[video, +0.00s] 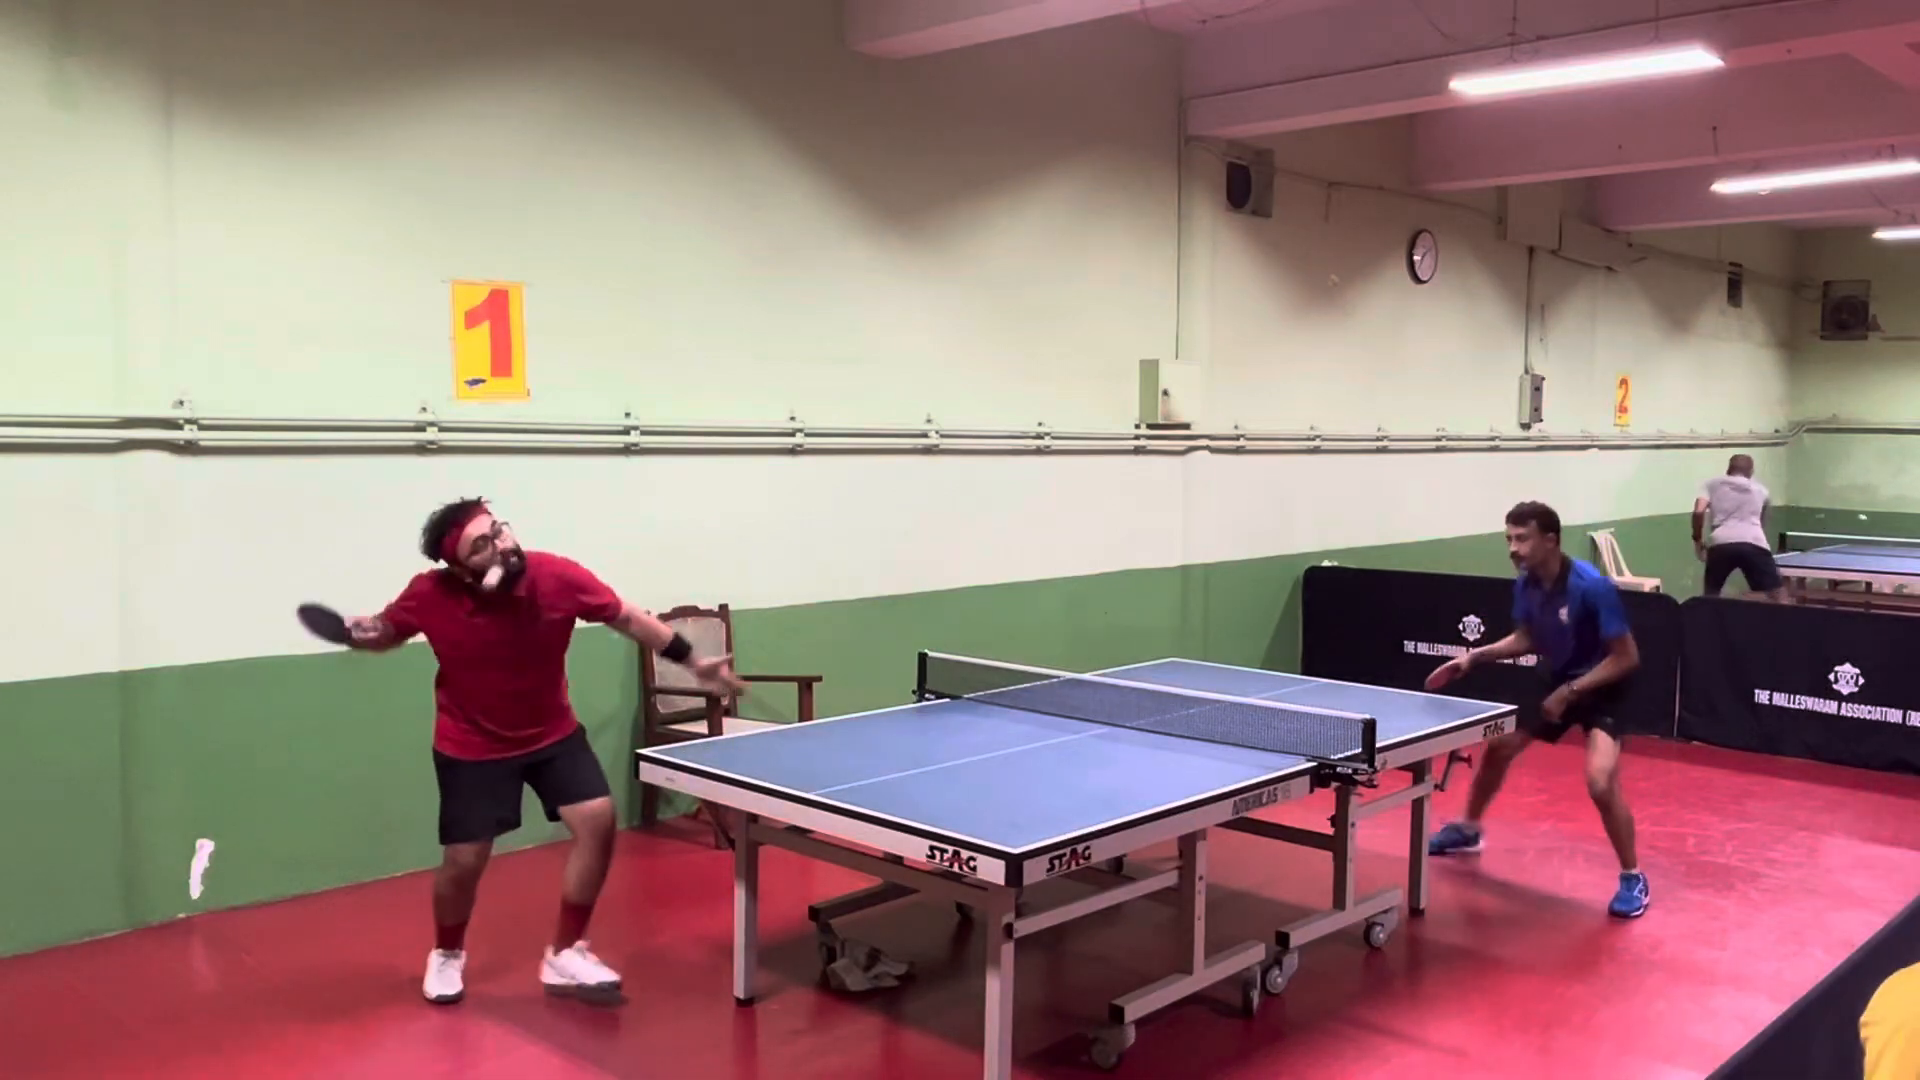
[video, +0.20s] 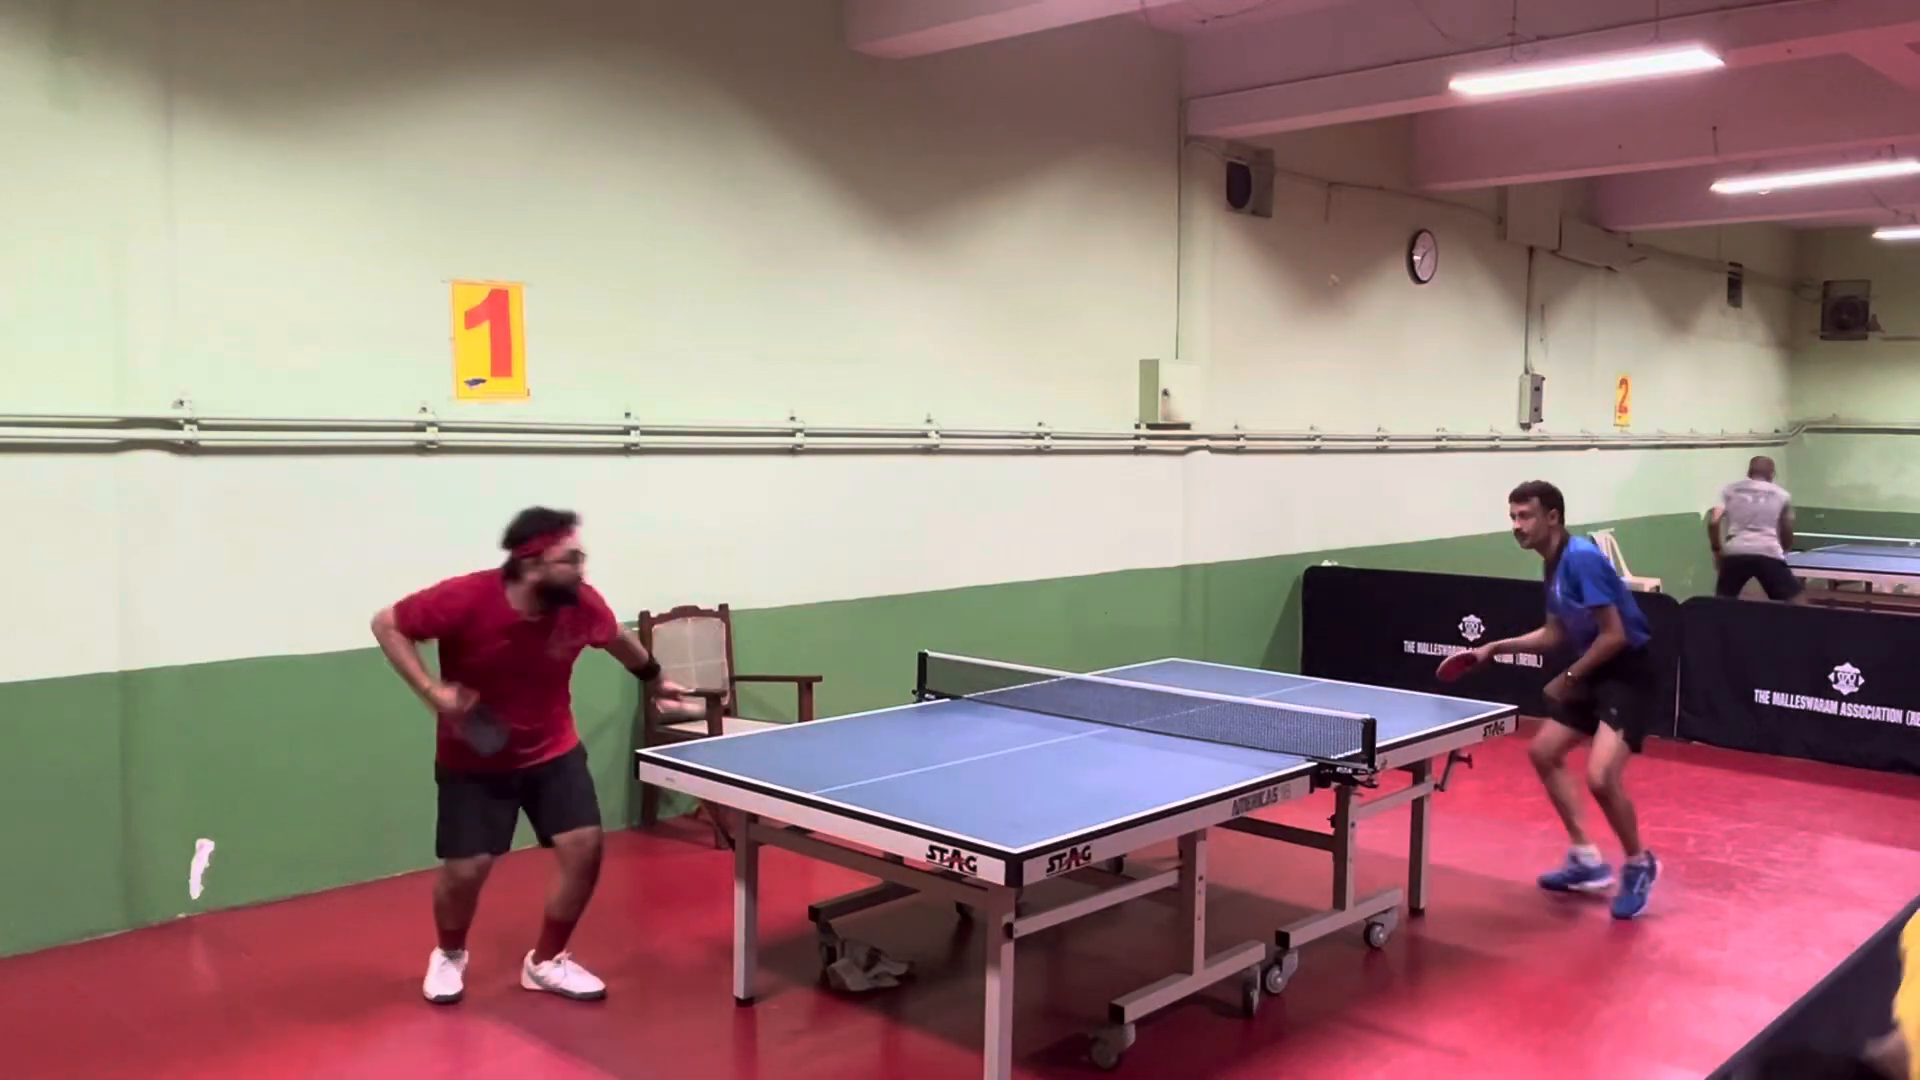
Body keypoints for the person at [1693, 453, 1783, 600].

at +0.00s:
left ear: (1728, 470)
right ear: (1751, 473)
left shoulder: (1712, 484)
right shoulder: (1761, 491)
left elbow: (1698, 512)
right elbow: (1762, 523)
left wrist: (1698, 541)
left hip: (1721, 546)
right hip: (1755, 546)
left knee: (1710, 596)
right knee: (1775, 597)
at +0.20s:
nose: (1774, 476)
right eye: (1773, 473)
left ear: (1749, 473)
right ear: (1772, 475)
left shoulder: (1730, 490)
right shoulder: (1782, 495)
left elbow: (1713, 522)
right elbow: (1786, 530)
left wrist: (1717, 552)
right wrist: (1783, 550)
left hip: (1735, 554)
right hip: (1769, 554)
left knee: (1722, 606)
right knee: (1796, 605)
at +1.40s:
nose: (1898, 478)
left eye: (1898, 474)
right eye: (1899, 475)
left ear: (1877, 464)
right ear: (1897, 475)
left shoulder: (1845, 473)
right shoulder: (1889, 501)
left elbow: (1818, 503)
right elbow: (1877, 520)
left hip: (1812, 544)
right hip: (1845, 554)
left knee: (1785, 591)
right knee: (1865, 604)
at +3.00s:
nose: (1871, 477)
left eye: (1872, 474)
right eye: (1872, 474)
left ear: (1848, 467)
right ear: (1868, 475)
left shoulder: (1819, 478)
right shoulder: (1867, 499)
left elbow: (1796, 509)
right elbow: (1853, 535)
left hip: (1797, 549)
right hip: (1832, 555)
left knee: (1775, 599)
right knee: (1847, 608)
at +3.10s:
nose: (1872, 477)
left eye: (1872, 474)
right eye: (1872, 474)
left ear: (1848, 468)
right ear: (1869, 475)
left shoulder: (1820, 480)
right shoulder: (1868, 497)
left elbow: (1799, 511)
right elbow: (1864, 539)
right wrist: (1845, 544)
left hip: (1798, 548)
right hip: (1832, 554)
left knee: (1775, 598)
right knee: (1852, 606)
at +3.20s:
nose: (1867, 477)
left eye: (1867, 474)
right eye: (1867, 474)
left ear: (1844, 469)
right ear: (1865, 475)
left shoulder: (1817, 482)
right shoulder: (1866, 497)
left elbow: (1798, 512)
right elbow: (1868, 538)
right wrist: (1864, 549)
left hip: (1797, 550)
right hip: (1831, 555)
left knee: (1775, 599)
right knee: (1851, 606)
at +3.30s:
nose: (1859, 477)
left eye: (1860, 473)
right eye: (1860, 473)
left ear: (1837, 469)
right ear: (1856, 474)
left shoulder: (1810, 484)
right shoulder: (1858, 496)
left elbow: (1793, 517)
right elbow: (1864, 534)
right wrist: (1866, 549)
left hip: (1792, 553)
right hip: (1825, 558)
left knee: (1768, 599)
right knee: (1852, 606)